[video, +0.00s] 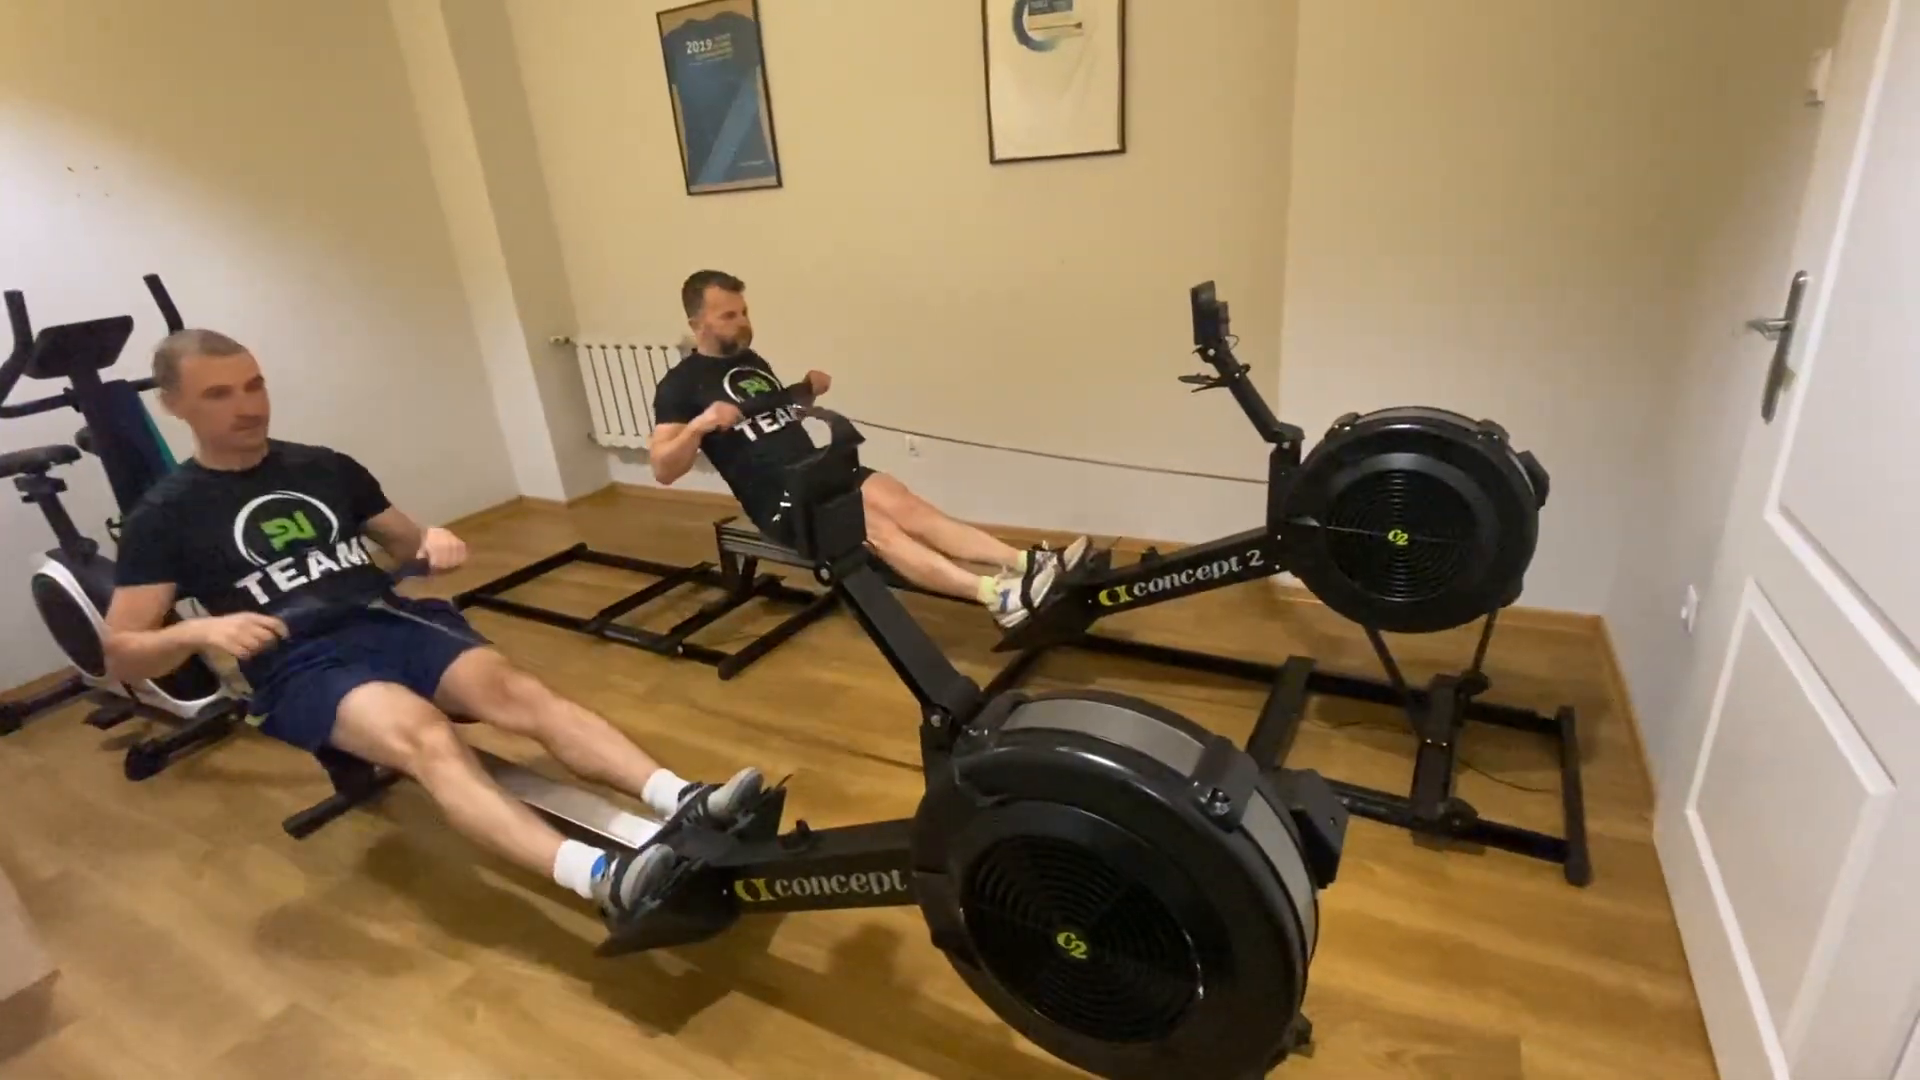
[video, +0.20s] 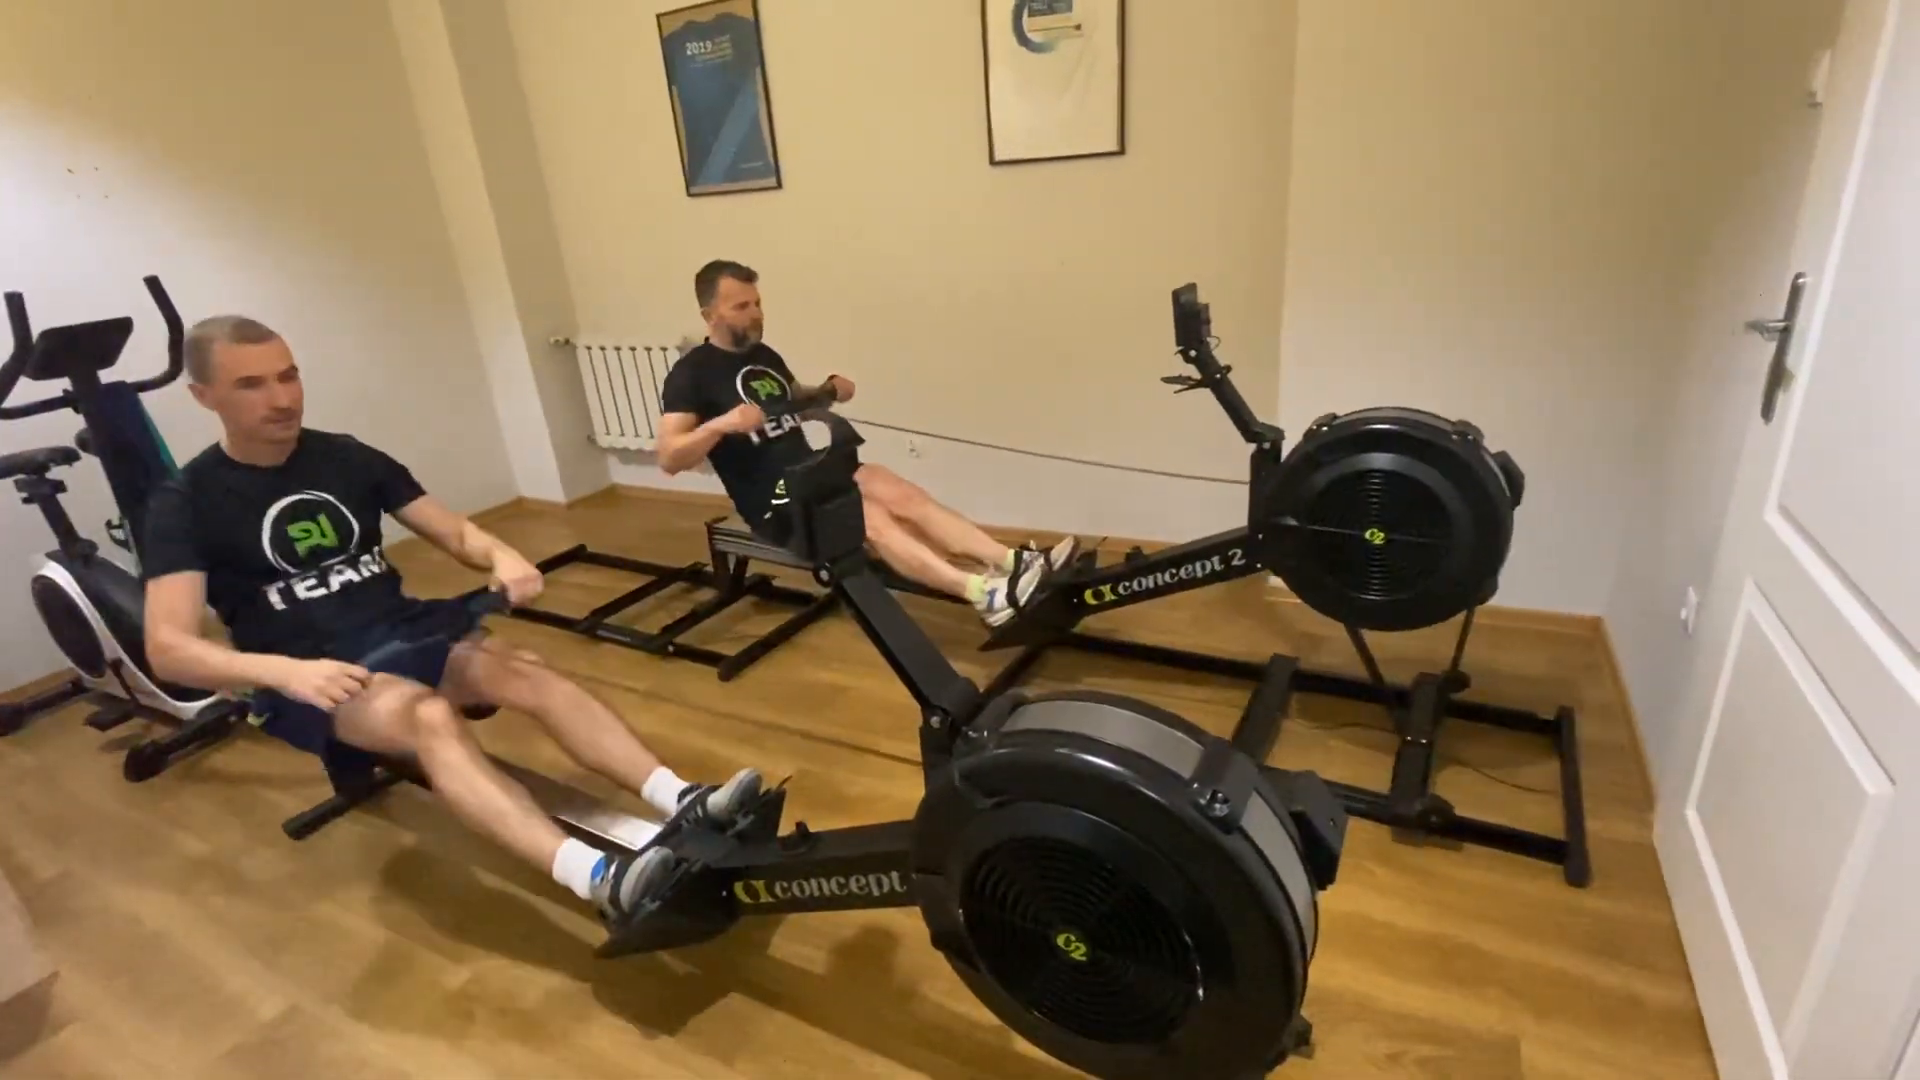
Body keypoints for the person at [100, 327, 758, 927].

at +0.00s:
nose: (247, 408)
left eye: (253, 387)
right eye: (220, 398)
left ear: (265, 382)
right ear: (177, 414)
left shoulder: (321, 467)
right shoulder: (164, 516)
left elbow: (409, 541)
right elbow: (122, 649)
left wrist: (432, 542)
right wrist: (198, 631)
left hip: (385, 619)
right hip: (296, 661)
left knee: (513, 688)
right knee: (426, 737)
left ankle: (686, 802)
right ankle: (607, 880)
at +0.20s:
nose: (280, 398)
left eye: (286, 377)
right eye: (253, 386)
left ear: (298, 371)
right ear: (206, 399)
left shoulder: (345, 458)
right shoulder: (186, 505)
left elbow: (455, 533)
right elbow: (168, 647)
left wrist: (502, 558)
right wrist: (284, 672)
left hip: (404, 633)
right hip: (310, 672)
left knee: (526, 674)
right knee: (429, 718)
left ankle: (683, 804)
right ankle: (599, 880)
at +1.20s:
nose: (585, 459)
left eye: (585, 435)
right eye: (553, 446)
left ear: (592, 430)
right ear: (488, 463)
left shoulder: (608, 513)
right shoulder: (445, 576)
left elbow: (745, 579)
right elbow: (547, 715)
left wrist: (862, 647)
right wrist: (703, 818)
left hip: (570, 715)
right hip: (467, 768)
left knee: (654, 590)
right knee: (498, 683)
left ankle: (683, 794)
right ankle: (610, 873)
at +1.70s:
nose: (395, 401)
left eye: (400, 379)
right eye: (367, 388)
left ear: (412, 377)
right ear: (315, 404)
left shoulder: (451, 466)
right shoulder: (292, 520)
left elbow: (565, 521)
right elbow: (380, 604)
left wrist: (676, 572)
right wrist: (494, 671)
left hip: (479, 647)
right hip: (372, 696)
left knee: (584, 601)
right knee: (461, 681)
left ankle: (693, 808)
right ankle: (614, 883)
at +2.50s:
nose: (268, 418)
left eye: (269, 401)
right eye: (244, 410)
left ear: (275, 400)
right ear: (190, 429)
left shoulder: (332, 483)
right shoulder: (174, 534)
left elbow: (392, 550)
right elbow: (136, 660)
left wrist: (418, 546)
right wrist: (191, 630)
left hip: (399, 629)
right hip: (315, 672)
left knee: (520, 700)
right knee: (437, 749)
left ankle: (697, 812)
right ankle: (614, 888)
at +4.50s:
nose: (363, 394)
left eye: (360, 376)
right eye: (338, 383)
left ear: (364, 374)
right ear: (276, 405)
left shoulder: (407, 468)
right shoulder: (252, 518)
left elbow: (513, 523)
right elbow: (326, 609)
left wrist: (611, 565)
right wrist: (431, 657)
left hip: (454, 645)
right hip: (356, 683)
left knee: (585, 659)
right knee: (459, 710)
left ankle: (704, 819)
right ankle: (623, 892)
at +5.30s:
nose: (300, 409)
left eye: (298, 392)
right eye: (274, 400)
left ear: (302, 394)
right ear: (219, 422)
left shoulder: (352, 481)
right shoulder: (200, 528)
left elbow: (450, 554)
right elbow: (158, 665)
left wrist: (483, 565)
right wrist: (254, 665)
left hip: (411, 643)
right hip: (325, 680)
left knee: (535, 696)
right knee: (441, 746)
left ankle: (702, 817)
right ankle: (621, 894)